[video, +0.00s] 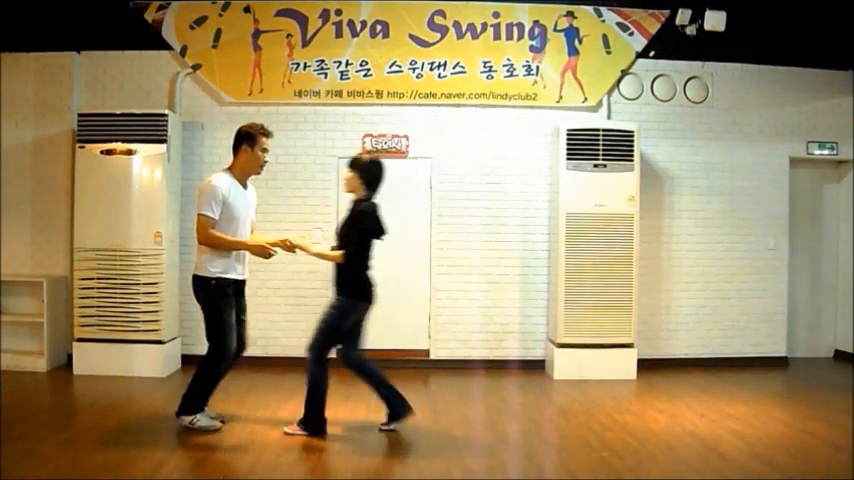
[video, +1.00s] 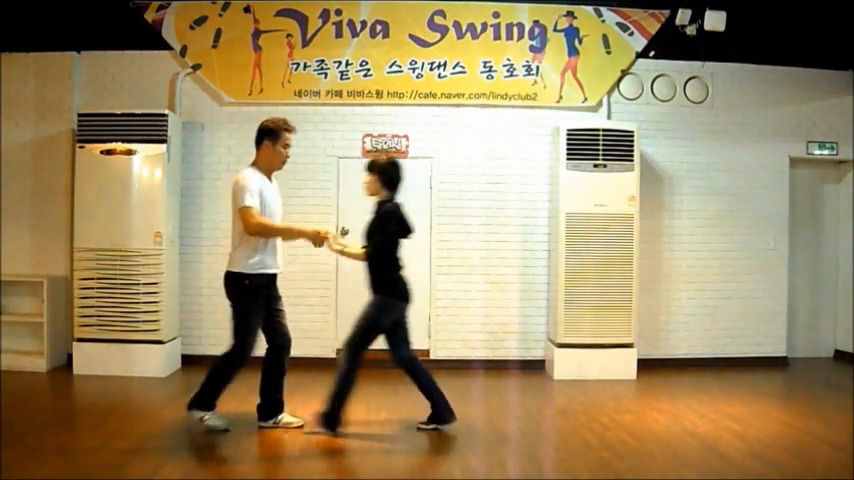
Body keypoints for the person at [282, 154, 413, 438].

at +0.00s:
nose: (346, 177)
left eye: (351, 173)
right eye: (348, 172)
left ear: (362, 179)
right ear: (364, 179)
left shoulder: (362, 212)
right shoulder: (364, 209)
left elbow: (344, 256)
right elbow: (350, 254)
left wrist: (309, 250)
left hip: (351, 296)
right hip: (357, 294)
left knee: (317, 350)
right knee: (351, 356)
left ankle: (313, 422)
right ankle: (398, 407)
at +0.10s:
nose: (326, 173)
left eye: (330, 170)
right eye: (329, 169)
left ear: (340, 176)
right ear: (346, 176)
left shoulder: (342, 209)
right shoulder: (344, 206)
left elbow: (328, 254)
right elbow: (328, 251)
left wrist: (293, 249)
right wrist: (296, 247)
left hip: (332, 292)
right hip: (333, 290)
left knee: (305, 350)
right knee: (309, 350)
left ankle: (312, 420)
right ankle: (365, 392)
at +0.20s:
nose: (310, 171)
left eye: (315, 167)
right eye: (312, 166)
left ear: (327, 173)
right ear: (331, 174)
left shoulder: (325, 206)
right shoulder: (330, 203)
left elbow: (314, 252)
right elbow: (314, 248)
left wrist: (282, 247)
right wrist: (286, 240)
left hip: (316, 288)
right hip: (319, 287)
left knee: (290, 348)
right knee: (293, 346)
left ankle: (310, 417)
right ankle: (323, 401)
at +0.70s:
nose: (301, 173)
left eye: (306, 169)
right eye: (303, 168)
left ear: (317, 176)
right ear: (323, 177)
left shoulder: (315, 208)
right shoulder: (325, 204)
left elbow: (314, 253)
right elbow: (338, 231)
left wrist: (285, 245)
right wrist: (292, 237)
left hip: (312, 293)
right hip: (321, 291)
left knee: (292, 352)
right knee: (306, 352)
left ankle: (307, 421)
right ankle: (357, 398)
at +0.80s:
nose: (317, 177)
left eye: (322, 173)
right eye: (320, 172)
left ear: (332, 179)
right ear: (337, 179)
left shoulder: (333, 212)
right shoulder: (341, 208)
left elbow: (330, 258)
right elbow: (351, 235)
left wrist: (299, 249)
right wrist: (310, 244)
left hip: (330, 296)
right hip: (340, 294)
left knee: (300, 353)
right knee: (341, 357)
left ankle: (307, 421)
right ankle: (397, 391)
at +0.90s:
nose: (340, 180)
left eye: (345, 176)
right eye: (342, 175)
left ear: (357, 182)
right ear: (360, 182)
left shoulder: (359, 214)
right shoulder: (364, 211)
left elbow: (354, 258)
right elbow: (354, 254)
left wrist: (319, 252)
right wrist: (323, 252)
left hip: (357, 299)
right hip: (366, 298)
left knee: (324, 350)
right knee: (377, 356)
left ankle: (309, 420)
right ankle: (429, 401)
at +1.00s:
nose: (365, 180)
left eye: (369, 176)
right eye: (367, 175)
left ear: (382, 181)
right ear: (385, 181)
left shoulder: (386, 213)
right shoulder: (389, 210)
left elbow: (369, 255)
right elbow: (374, 252)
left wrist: (337, 248)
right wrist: (341, 244)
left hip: (387, 298)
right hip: (393, 296)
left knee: (352, 349)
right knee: (403, 355)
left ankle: (331, 417)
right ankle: (442, 411)